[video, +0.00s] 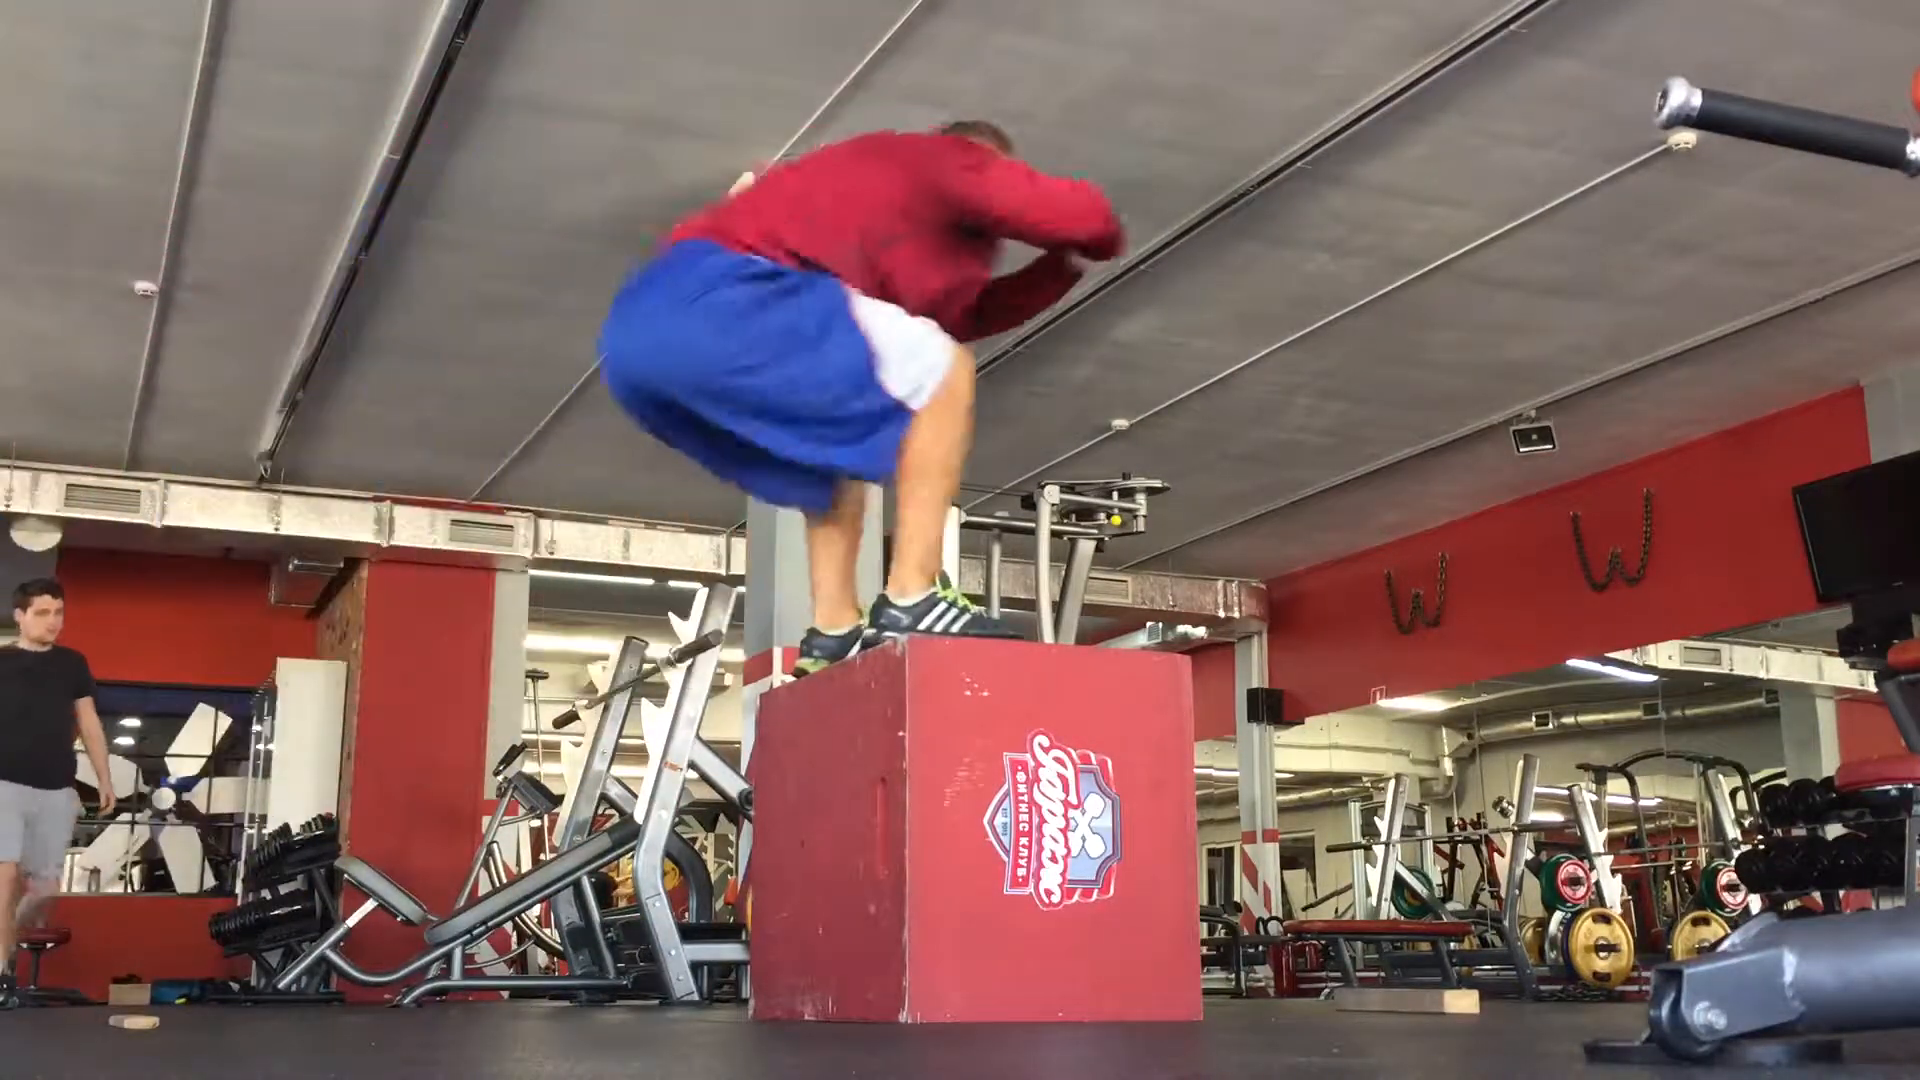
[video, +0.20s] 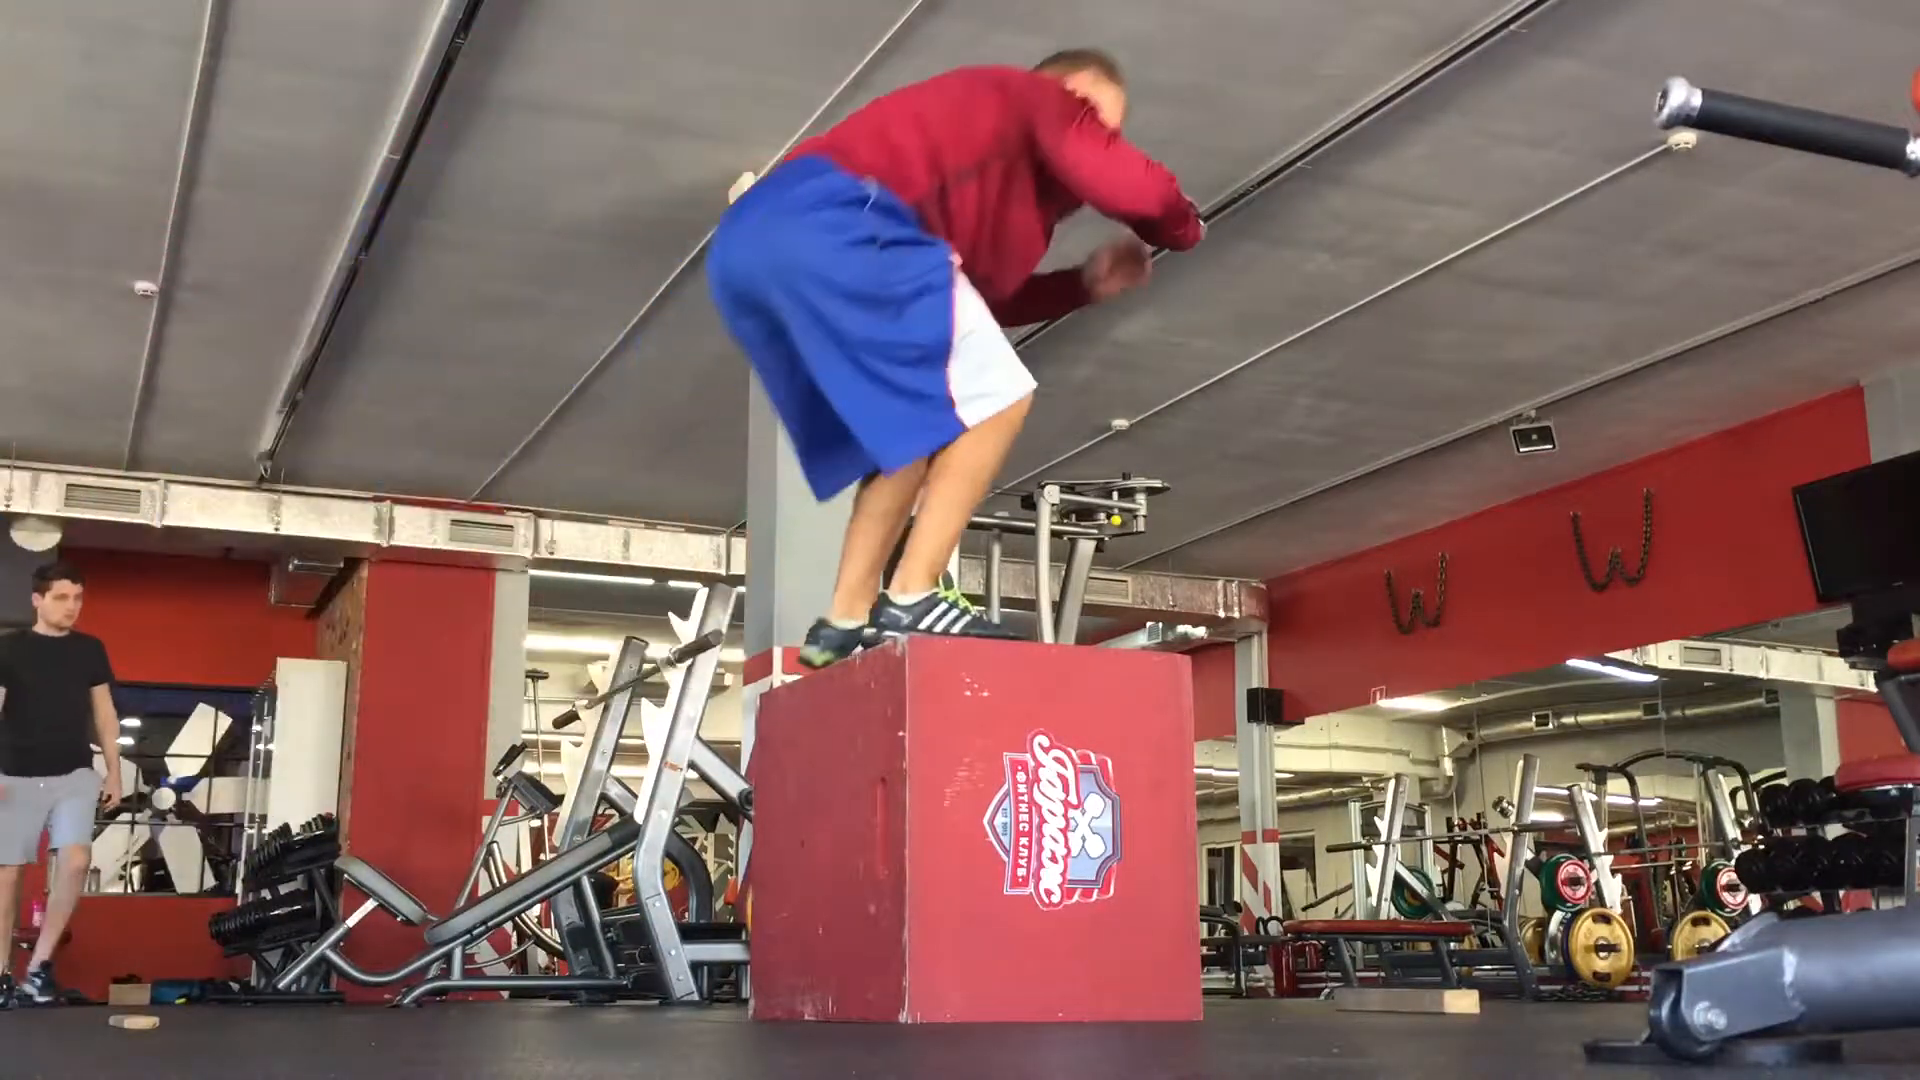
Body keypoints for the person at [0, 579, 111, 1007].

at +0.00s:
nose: (53, 620)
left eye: (58, 612)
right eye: (43, 612)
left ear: (63, 616)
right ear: (20, 616)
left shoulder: (72, 662)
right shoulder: (4, 659)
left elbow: (89, 722)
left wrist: (104, 779)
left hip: (57, 791)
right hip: (9, 786)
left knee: (44, 887)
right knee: (8, 878)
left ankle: (9, 951)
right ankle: (6, 969)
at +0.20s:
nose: (71, 606)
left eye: (77, 598)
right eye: (62, 597)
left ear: (82, 601)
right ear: (38, 599)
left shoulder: (89, 648)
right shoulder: (11, 647)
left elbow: (105, 711)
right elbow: (0, 707)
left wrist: (113, 771)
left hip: (75, 777)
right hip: (18, 779)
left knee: (77, 863)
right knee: (9, 873)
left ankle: (38, 968)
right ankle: (4, 975)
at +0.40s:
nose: (98, 606)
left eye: (104, 598)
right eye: (89, 597)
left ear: (108, 604)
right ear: (64, 601)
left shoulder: (114, 652)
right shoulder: (33, 646)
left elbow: (125, 720)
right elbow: (14, 709)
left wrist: (131, 777)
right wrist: (31, 753)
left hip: (94, 780)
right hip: (32, 780)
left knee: (88, 868)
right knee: (14, 877)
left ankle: (82, 975)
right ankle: (5, 973)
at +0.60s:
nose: (138, 589)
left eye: (144, 583)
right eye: (130, 580)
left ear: (146, 589)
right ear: (103, 581)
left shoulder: (147, 641)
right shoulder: (65, 630)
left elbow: (156, 710)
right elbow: (38, 695)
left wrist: (163, 774)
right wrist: (42, 751)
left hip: (128, 771)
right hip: (67, 771)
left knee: (111, 866)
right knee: (52, 872)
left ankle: (89, 980)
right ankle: (30, 940)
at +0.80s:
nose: (164, 576)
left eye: (169, 569)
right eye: (155, 566)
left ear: (173, 574)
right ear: (127, 567)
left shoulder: (175, 626)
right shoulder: (90, 616)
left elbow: (189, 692)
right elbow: (55, 686)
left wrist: (198, 751)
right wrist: (39, 752)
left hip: (147, 759)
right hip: (89, 752)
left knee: (119, 861)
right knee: (97, 843)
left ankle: (92, 972)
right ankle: (84, 968)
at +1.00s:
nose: (181, 571)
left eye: (187, 563)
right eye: (172, 561)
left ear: (191, 568)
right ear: (143, 562)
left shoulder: (196, 624)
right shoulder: (106, 616)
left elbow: (211, 691)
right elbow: (72, 691)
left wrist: (229, 750)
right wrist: (48, 759)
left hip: (171, 762)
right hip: (113, 753)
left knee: (145, 867)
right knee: (121, 851)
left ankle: (95, 971)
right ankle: (122, 970)